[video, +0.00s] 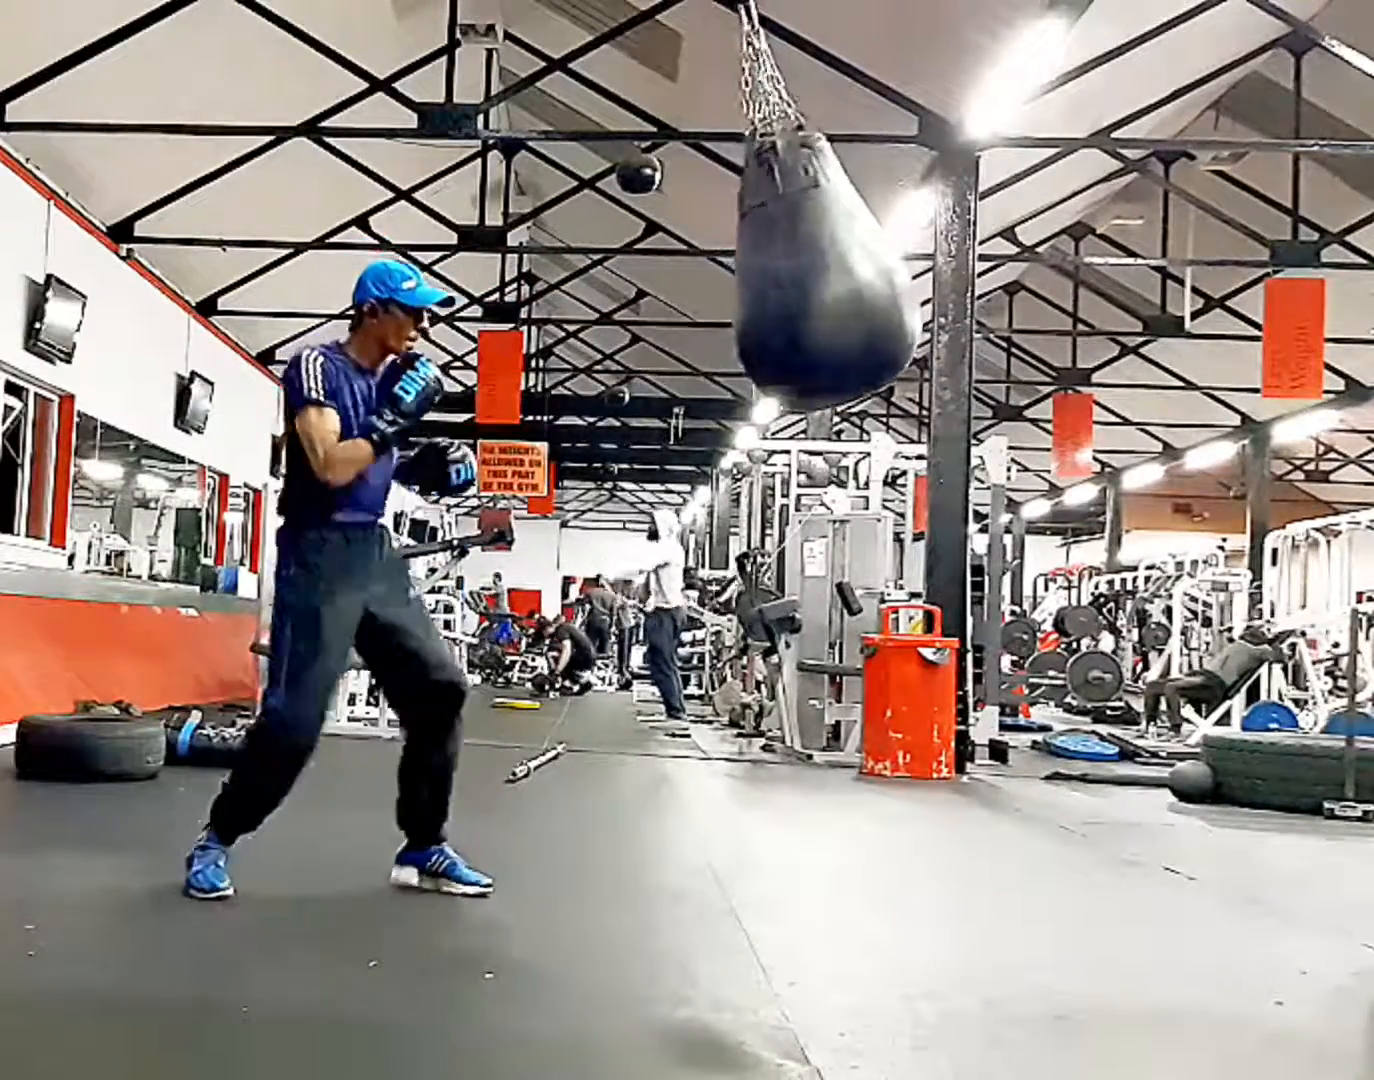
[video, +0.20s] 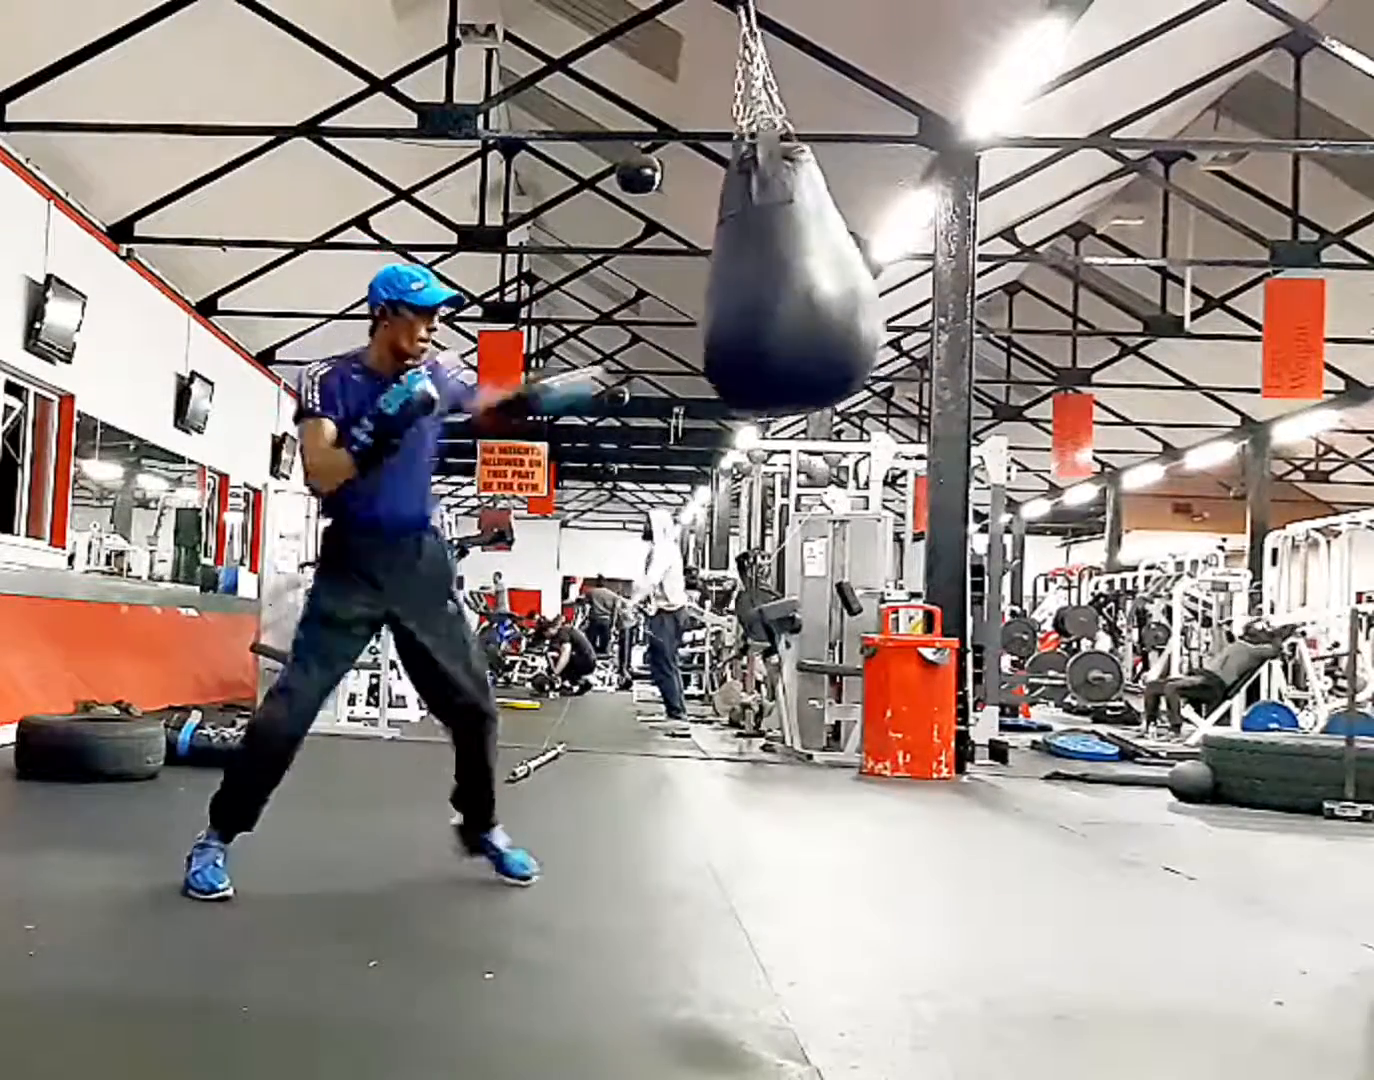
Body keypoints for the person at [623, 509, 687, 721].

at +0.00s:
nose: (649, 529)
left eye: (653, 524)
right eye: (650, 524)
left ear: (662, 527)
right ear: (667, 526)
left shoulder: (666, 548)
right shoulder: (672, 547)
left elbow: (640, 568)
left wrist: (612, 576)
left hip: (664, 610)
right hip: (670, 608)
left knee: (662, 662)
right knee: (664, 661)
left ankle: (675, 710)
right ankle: (676, 708)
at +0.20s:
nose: (643, 528)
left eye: (647, 524)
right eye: (645, 523)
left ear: (657, 527)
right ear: (662, 527)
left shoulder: (663, 550)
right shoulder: (663, 548)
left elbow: (651, 580)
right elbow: (651, 580)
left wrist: (632, 599)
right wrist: (636, 597)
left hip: (667, 611)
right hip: (666, 610)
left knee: (662, 662)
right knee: (665, 661)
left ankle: (676, 711)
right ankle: (675, 708)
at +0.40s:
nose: (638, 528)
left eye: (642, 524)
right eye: (640, 524)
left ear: (651, 526)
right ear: (657, 526)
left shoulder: (660, 549)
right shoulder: (659, 547)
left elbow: (662, 584)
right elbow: (651, 581)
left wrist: (654, 613)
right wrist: (638, 594)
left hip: (667, 610)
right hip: (672, 609)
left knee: (664, 662)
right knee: (669, 661)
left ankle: (676, 711)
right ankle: (677, 709)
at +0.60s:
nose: (637, 528)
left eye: (641, 524)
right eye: (639, 523)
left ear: (650, 526)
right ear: (655, 526)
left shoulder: (662, 549)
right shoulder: (652, 549)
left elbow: (674, 583)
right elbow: (649, 583)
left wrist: (673, 618)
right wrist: (637, 596)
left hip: (665, 611)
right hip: (659, 610)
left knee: (664, 663)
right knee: (667, 662)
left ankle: (676, 711)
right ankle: (675, 709)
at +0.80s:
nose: (638, 528)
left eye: (641, 524)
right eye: (639, 524)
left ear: (651, 527)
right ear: (655, 527)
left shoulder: (663, 549)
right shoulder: (653, 549)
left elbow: (680, 582)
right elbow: (651, 579)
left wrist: (685, 616)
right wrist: (637, 591)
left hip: (667, 611)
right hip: (660, 610)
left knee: (664, 664)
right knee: (668, 663)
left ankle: (676, 712)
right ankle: (676, 709)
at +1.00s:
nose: (638, 529)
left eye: (642, 525)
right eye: (640, 524)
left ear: (652, 528)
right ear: (655, 528)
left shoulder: (664, 550)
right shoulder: (654, 550)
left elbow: (682, 584)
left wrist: (689, 618)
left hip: (669, 612)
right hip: (662, 612)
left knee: (664, 664)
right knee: (668, 664)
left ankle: (676, 712)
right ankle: (677, 709)